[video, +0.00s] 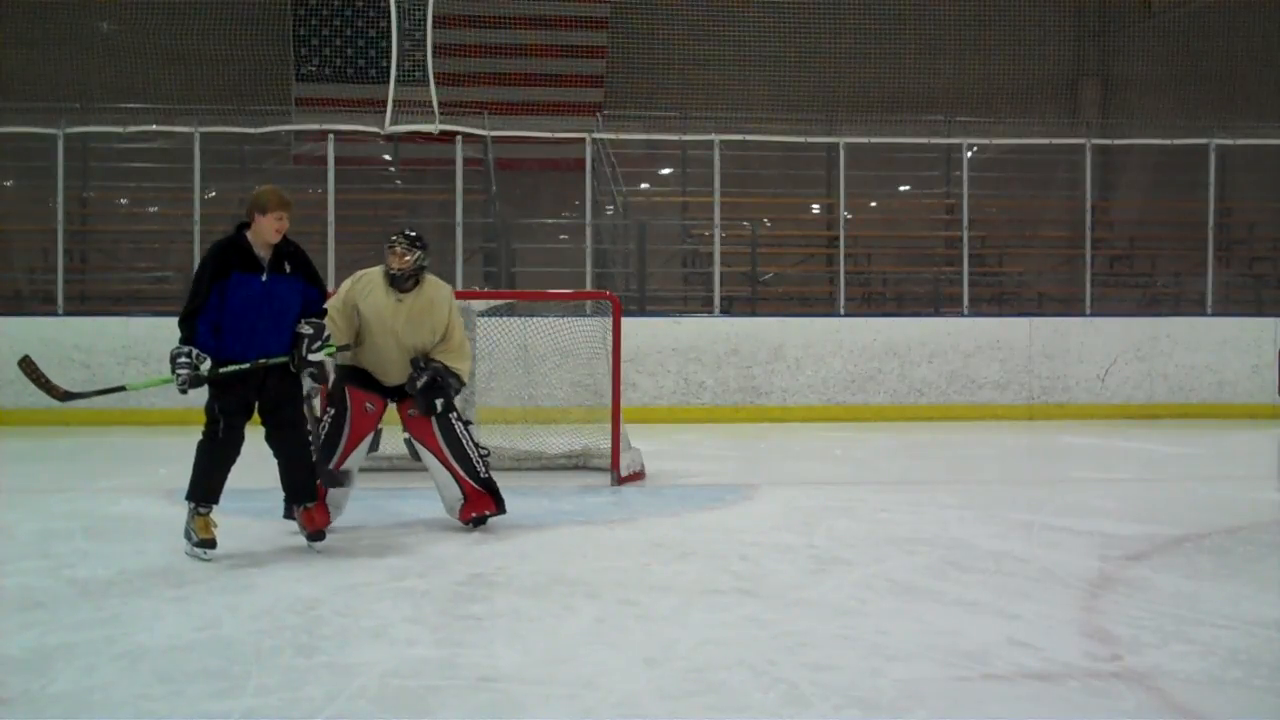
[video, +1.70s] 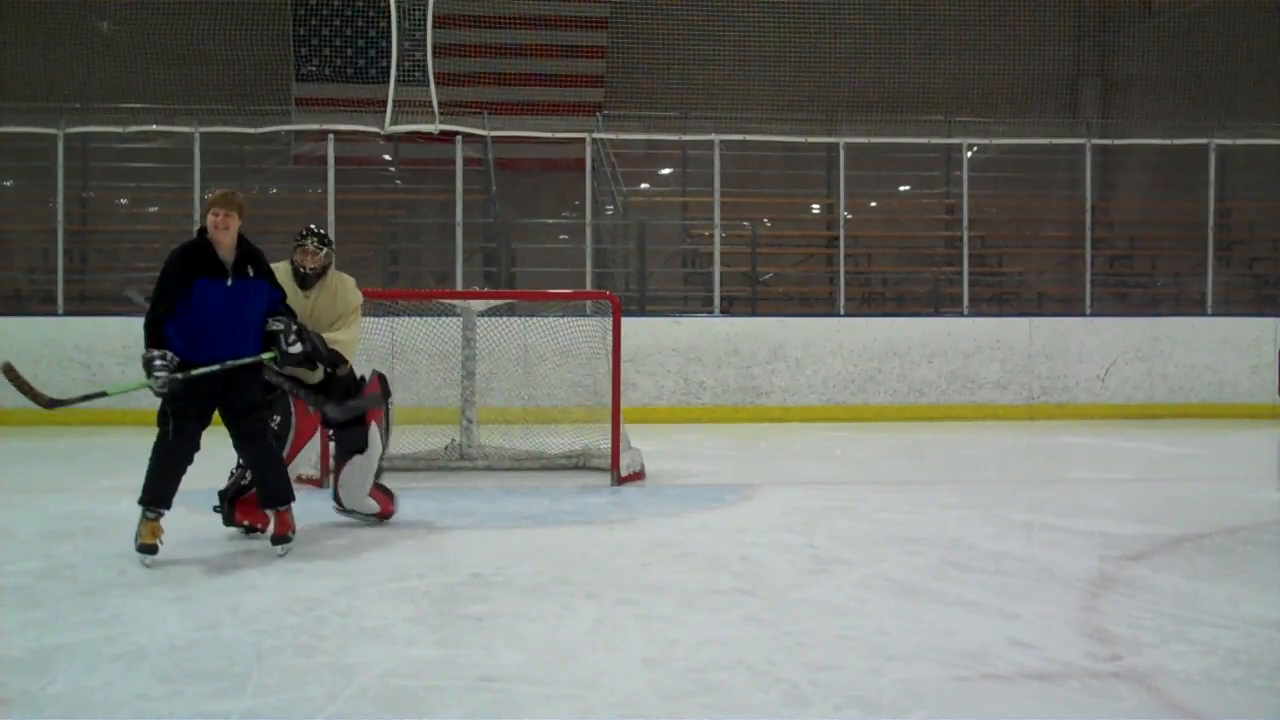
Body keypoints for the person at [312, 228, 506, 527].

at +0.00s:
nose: (396, 262)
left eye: (404, 256)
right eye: (392, 255)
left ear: (419, 259)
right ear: (385, 257)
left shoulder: (440, 295)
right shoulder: (362, 285)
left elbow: (456, 348)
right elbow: (332, 323)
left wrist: (440, 379)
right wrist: (317, 356)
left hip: (417, 379)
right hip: (364, 375)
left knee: (443, 433)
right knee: (340, 435)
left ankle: (478, 497)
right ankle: (317, 506)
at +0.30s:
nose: (356, 264)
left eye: (363, 258)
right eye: (350, 258)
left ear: (377, 262)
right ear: (342, 261)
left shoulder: (399, 291)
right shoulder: (324, 290)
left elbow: (416, 346)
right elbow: (301, 344)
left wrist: (407, 377)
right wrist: (309, 392)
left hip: (392, 379)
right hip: (341, 382)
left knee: (426, 428)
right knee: (333, 430)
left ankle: (435, 500)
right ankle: (300, 502)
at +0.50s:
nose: (344, 265)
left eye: (352, 259)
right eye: (340, 258)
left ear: (367, 262)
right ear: (333, 259)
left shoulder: (389, 290)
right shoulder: (316, 289)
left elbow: (404, 342)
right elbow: (293, 334)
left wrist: (399, 370)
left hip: (375, 380)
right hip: (328, 380)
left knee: (410, 410)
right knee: (333, 414)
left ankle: (396, 495)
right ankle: (278, 492)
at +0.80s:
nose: (343, 257)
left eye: (351, 251)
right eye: (339, 250)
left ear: (364, 255)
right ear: (331, 251)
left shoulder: (383, 285)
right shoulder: (309, 279)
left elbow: (401, 334)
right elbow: (288, 320)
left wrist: (400, 360)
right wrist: (297, 353)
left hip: (367, 376)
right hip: (320, 377)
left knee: (384, 439)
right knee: (301, 436)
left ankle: (371, 495)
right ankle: (269, 492)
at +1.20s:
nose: (324, 256)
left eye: (331, 251)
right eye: (320, 249)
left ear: (345, 255)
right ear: (312, 251)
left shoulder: (364, 286)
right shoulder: (293, 276)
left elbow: (378, 325)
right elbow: (273, 314)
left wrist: (360, 348)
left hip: (347, 375)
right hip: (301, 373)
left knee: (353, 439)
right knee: (282, 434)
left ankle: (361, 498)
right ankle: (257, 497)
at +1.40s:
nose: (306, 261)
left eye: (314, 256)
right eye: (302, 254)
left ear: (327, 260)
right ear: (295, 256)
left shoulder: (346, 290)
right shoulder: (278, 279)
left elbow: (355, 338)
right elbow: (260, 317)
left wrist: (321, 347)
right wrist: (278, 344)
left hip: (326, 375)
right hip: (281, 370)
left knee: (336, 434)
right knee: (273, 427)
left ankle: (346, 496)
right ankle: (249, 493)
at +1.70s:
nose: (308, 260)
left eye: (315, 254)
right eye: (302, 253)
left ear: (328, 258)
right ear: (294, 254)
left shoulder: (345, 288)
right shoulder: (272, 277)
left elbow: (347, 341)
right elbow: (254, 320)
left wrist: (312, 352)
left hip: (326, 371)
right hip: (278, 367)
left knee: (353, 416)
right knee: (271, 420)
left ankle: (352, 492)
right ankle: (244, 493)